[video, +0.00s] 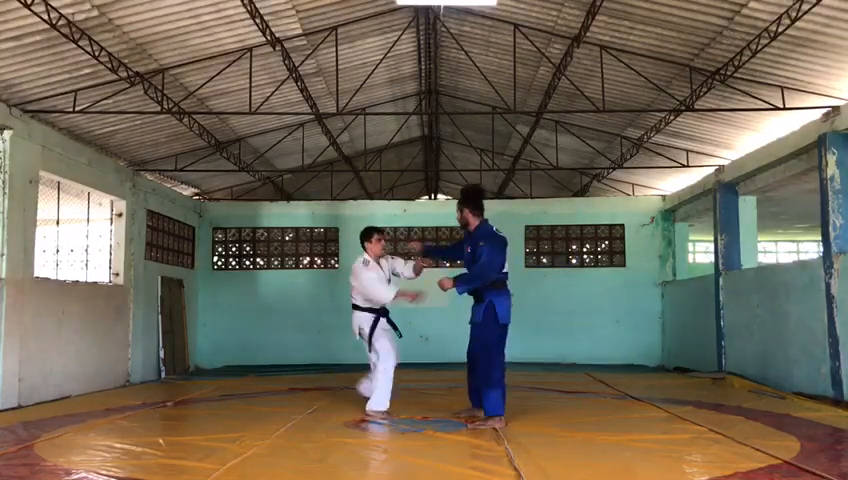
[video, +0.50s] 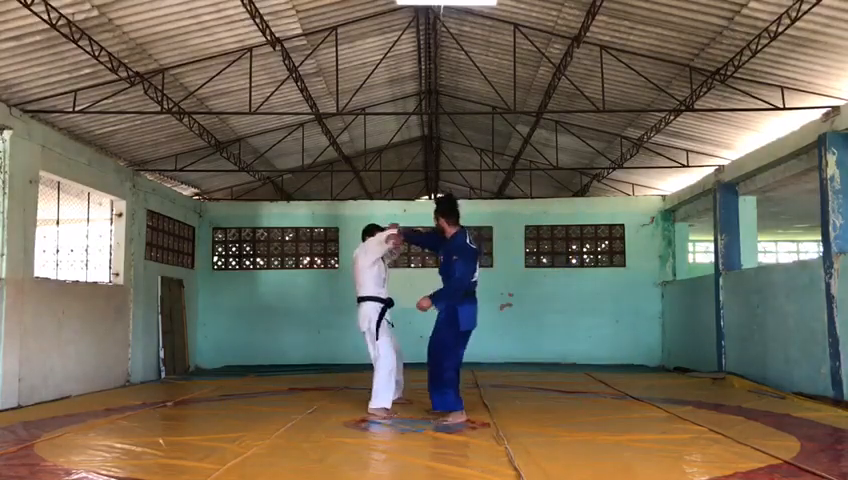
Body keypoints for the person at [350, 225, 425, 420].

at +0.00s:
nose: (383, 244)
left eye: (384, 240)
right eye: (379, 240)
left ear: (381, 243)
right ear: (367, 244)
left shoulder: (385, 261)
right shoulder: (361, 267)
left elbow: (406, 270)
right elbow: (376, 292)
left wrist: (418, 265)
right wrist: (404, 295)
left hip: (379, 316)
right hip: (365, 317)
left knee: (387, 355)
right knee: (387, 355)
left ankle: (368, 386)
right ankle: (377, 407)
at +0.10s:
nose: (381, 244)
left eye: (381, 240)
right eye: (377, 241)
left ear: (374, 243)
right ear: (366, 244)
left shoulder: (372, 258)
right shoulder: (368, 261)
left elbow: (388, 257)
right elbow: (399, 263)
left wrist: (401, 252)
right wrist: (420, 261)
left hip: (377, 315)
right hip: (370, 317)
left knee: (398, 355)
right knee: (390, 357)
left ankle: (394, 394)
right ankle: (377, 405)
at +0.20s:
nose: (383, 241)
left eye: (383, 238)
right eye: (380, 238)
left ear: (368, 240)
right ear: (370, 239)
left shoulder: (368, 255)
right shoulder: (367, 254)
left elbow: (395, 251)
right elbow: (397, 247)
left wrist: (406, 244)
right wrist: (408, 241)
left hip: (376, 312)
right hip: (374, 313)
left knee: (387, 355)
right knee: (392, 356)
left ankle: (392, 393)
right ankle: (379, 401)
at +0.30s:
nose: (386, 242)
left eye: (385, 237)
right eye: (383, 237)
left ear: (369, 237)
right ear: (376, 236)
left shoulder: (367, 252)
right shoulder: (369, 248)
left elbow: (393, 243)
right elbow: (399, 236)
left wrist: (391, 227)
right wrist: (396, 233)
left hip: (376, 307)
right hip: (376, 308)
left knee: (388, 353)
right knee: (389, 354)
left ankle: (390, 394)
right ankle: (379, 401)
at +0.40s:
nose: (385, 240)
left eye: (384, 236)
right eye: (383, 236)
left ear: (368, 237)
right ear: (375, 235)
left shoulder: (369, 253)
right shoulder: (367, 247)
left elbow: (388, 252)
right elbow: (396, 233)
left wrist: (395, 242)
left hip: (376, 306)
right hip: (373, 307)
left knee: (388, 353)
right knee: (390, 353)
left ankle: (389, 395)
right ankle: (379, 401)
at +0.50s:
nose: (384, 241)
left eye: (383, 237)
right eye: (382, 237)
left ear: (367, 236)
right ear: (373, 236)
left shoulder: (374, 256)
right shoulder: (365, 249)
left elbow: (391, 255)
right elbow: (390, 234)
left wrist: (396, 244)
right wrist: (396, 231)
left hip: (378, 309)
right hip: (371, 309)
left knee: (394, 353)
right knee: (386, 356)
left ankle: (394, 393)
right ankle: (378, 405)